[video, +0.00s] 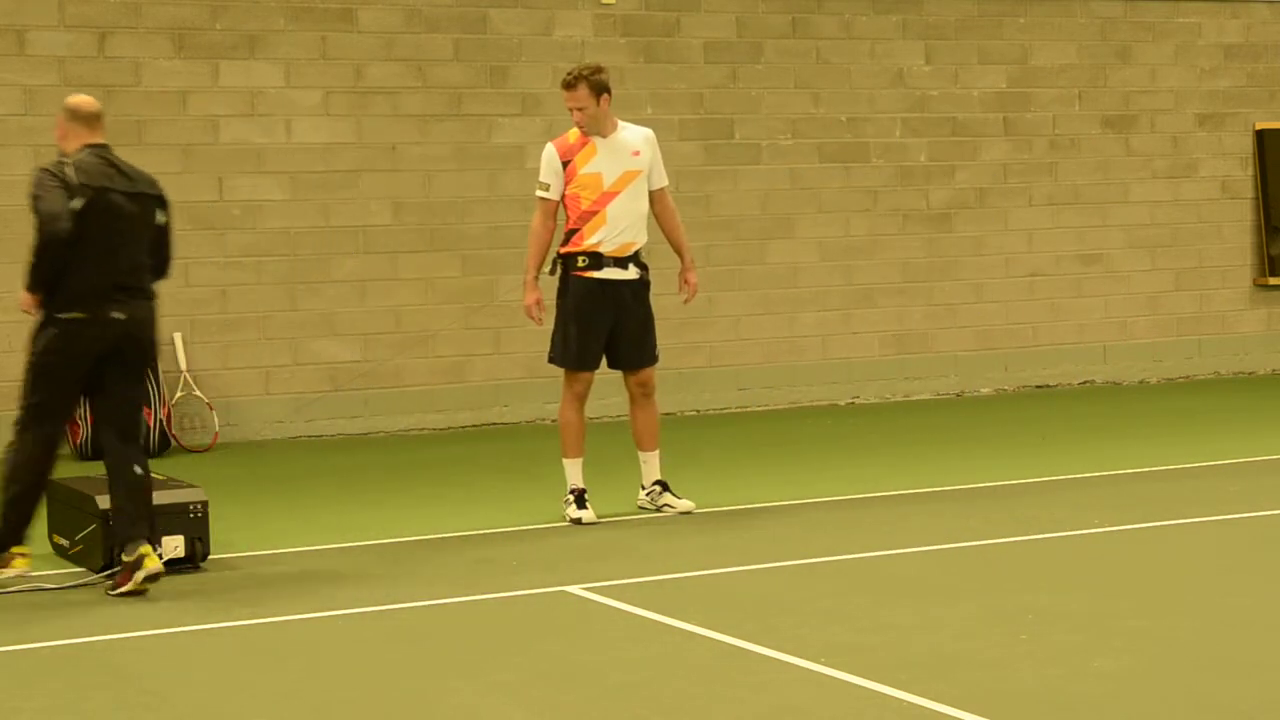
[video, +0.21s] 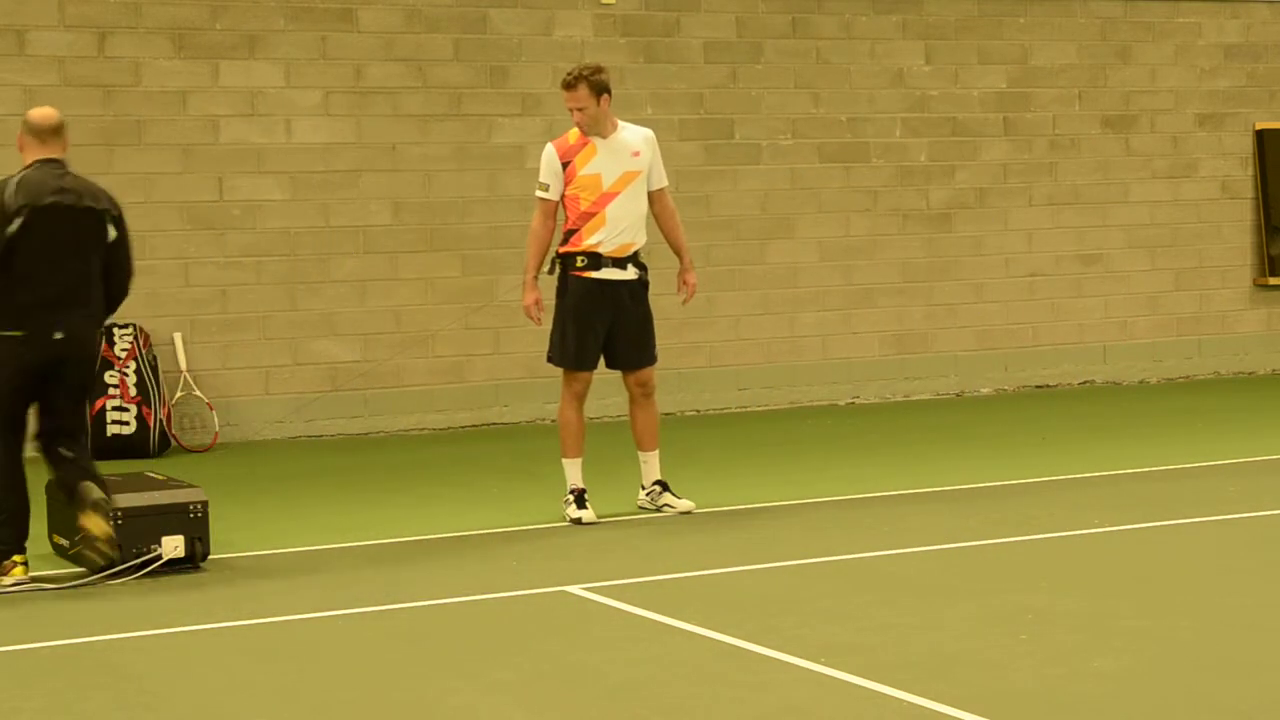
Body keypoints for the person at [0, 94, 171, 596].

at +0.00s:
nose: (56, 137)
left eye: (57, 130)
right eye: (59, 130)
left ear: (65, 129)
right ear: (102, 128)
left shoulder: (56, 175)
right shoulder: (146, 185)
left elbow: (56, 228)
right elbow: (158, 264)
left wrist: (36, 286)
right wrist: (109, 273)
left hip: (72, 327)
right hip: (133, 328)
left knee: (37, 434)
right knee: (123, 439)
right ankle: (138, 548)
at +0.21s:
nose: (17, 151)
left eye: (18, 145)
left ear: (22, 145)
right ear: (65, 144)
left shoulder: (9, 196)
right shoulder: (101, 200)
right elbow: (119, 279)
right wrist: (86, 318)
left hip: (14, 345)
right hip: (78, 346)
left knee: (7, 446)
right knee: (64, 436)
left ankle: (11, 555)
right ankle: (91, 500)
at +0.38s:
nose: (48, 142)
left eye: (18, 136)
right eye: (52, 134)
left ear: (8, 137)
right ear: (51, 135)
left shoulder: (0, 183)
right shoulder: (79, 191)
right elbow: (114, 257)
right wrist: (102, 314)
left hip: (5, 334)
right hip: (56, 334)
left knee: (8, 432)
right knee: (40, 421)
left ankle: (11, 547)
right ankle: (41, 499)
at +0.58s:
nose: (61, 149)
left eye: (61, 140)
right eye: (60, 140)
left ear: (14, 139)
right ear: (47, 138)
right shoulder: (67, 196)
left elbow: (96, 262)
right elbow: (97, 262)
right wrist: (111, 319)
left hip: (1, 333)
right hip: (39, 335)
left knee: (9, 427)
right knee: (26, 430)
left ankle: (5, 524)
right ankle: (6, 519)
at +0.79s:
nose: (67, 143)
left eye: (66, 134)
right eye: (63, 134)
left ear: (26, 134)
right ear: (43, 134)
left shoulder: (1, 176)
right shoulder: (57, 192)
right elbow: (69, 270)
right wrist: (90, 331)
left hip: (2, 328)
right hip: (32, 333)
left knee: (8, 429)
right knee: (25, 434)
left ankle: (6, 530)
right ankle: (6, 532)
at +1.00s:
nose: (72, 145)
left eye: (70, 136)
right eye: (66, 137)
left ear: (31, 137)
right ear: (42, 138)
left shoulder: (3, 178)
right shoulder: (53, 193)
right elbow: (64, 269)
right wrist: (78, 323)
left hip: (5, 322)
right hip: (32, 327)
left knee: (18, 422)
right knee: (26, 427)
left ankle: (20, 515)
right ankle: (4, 529)